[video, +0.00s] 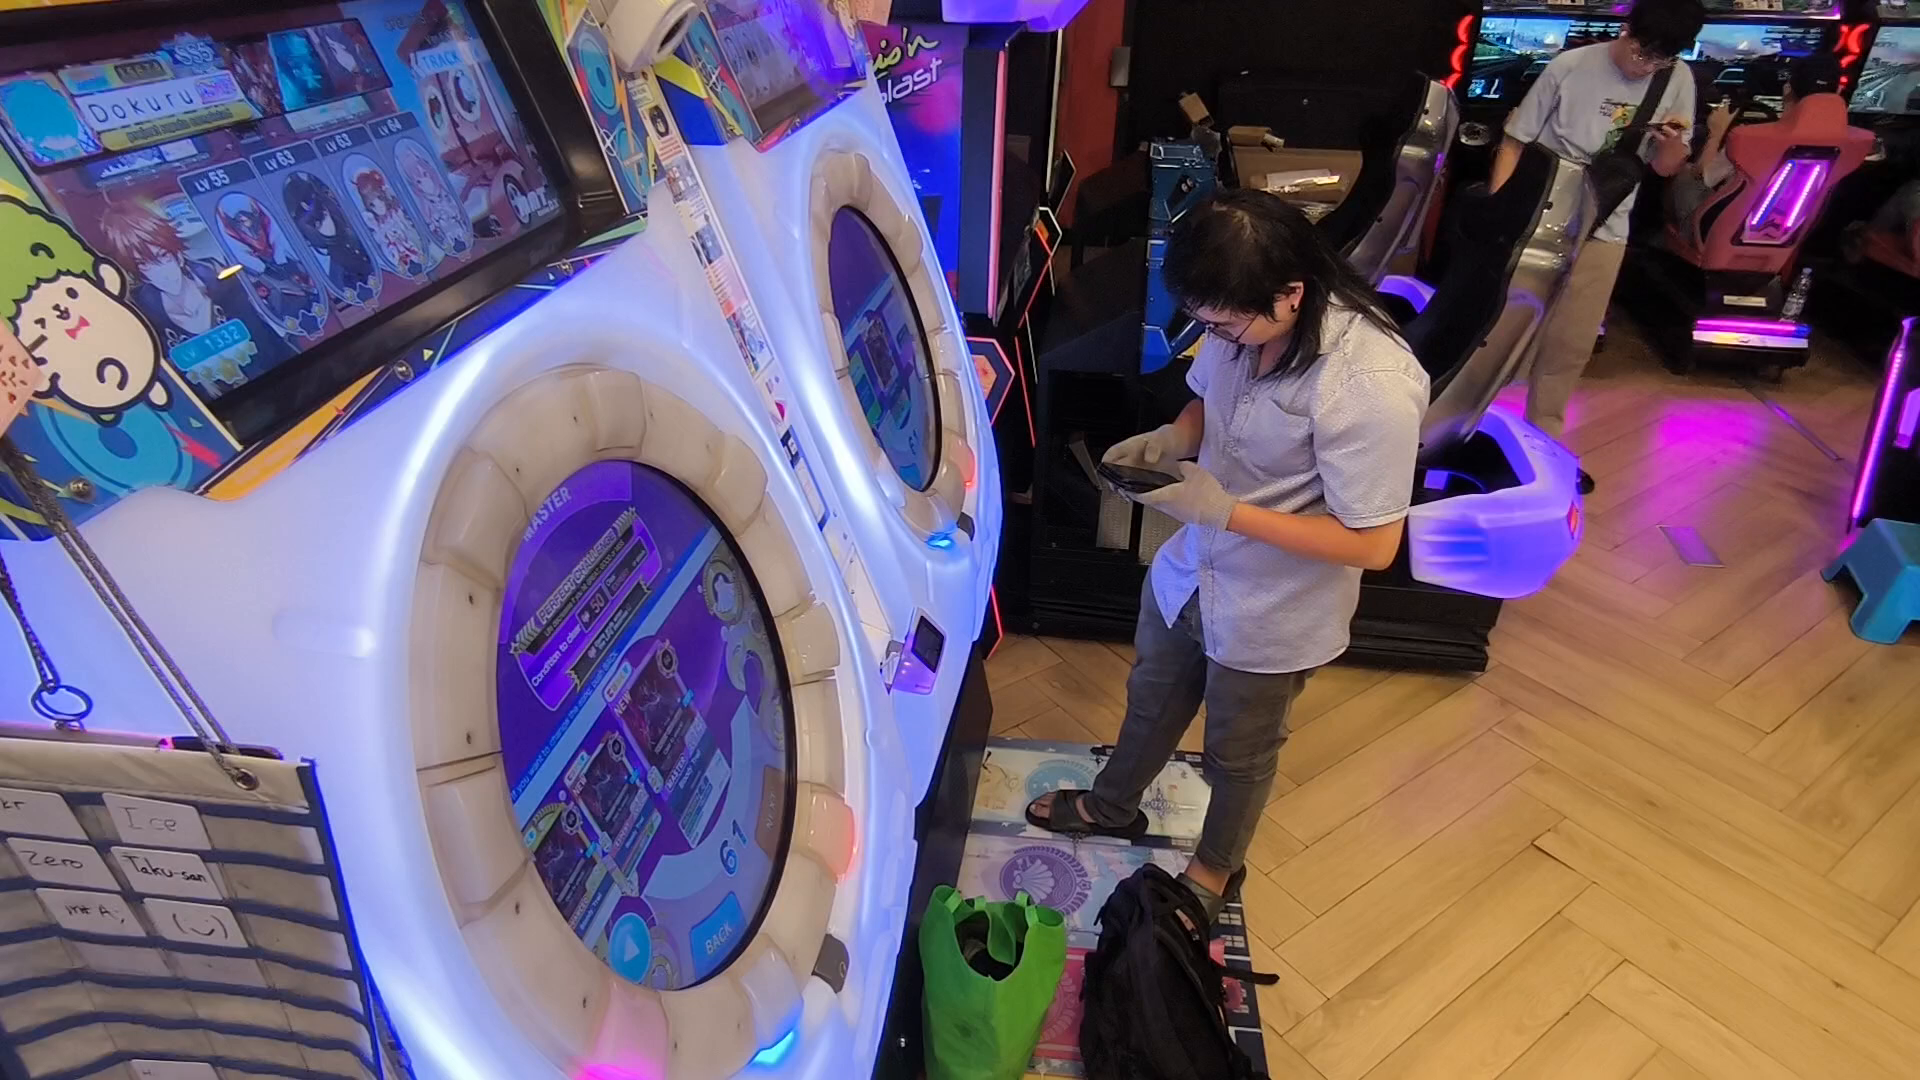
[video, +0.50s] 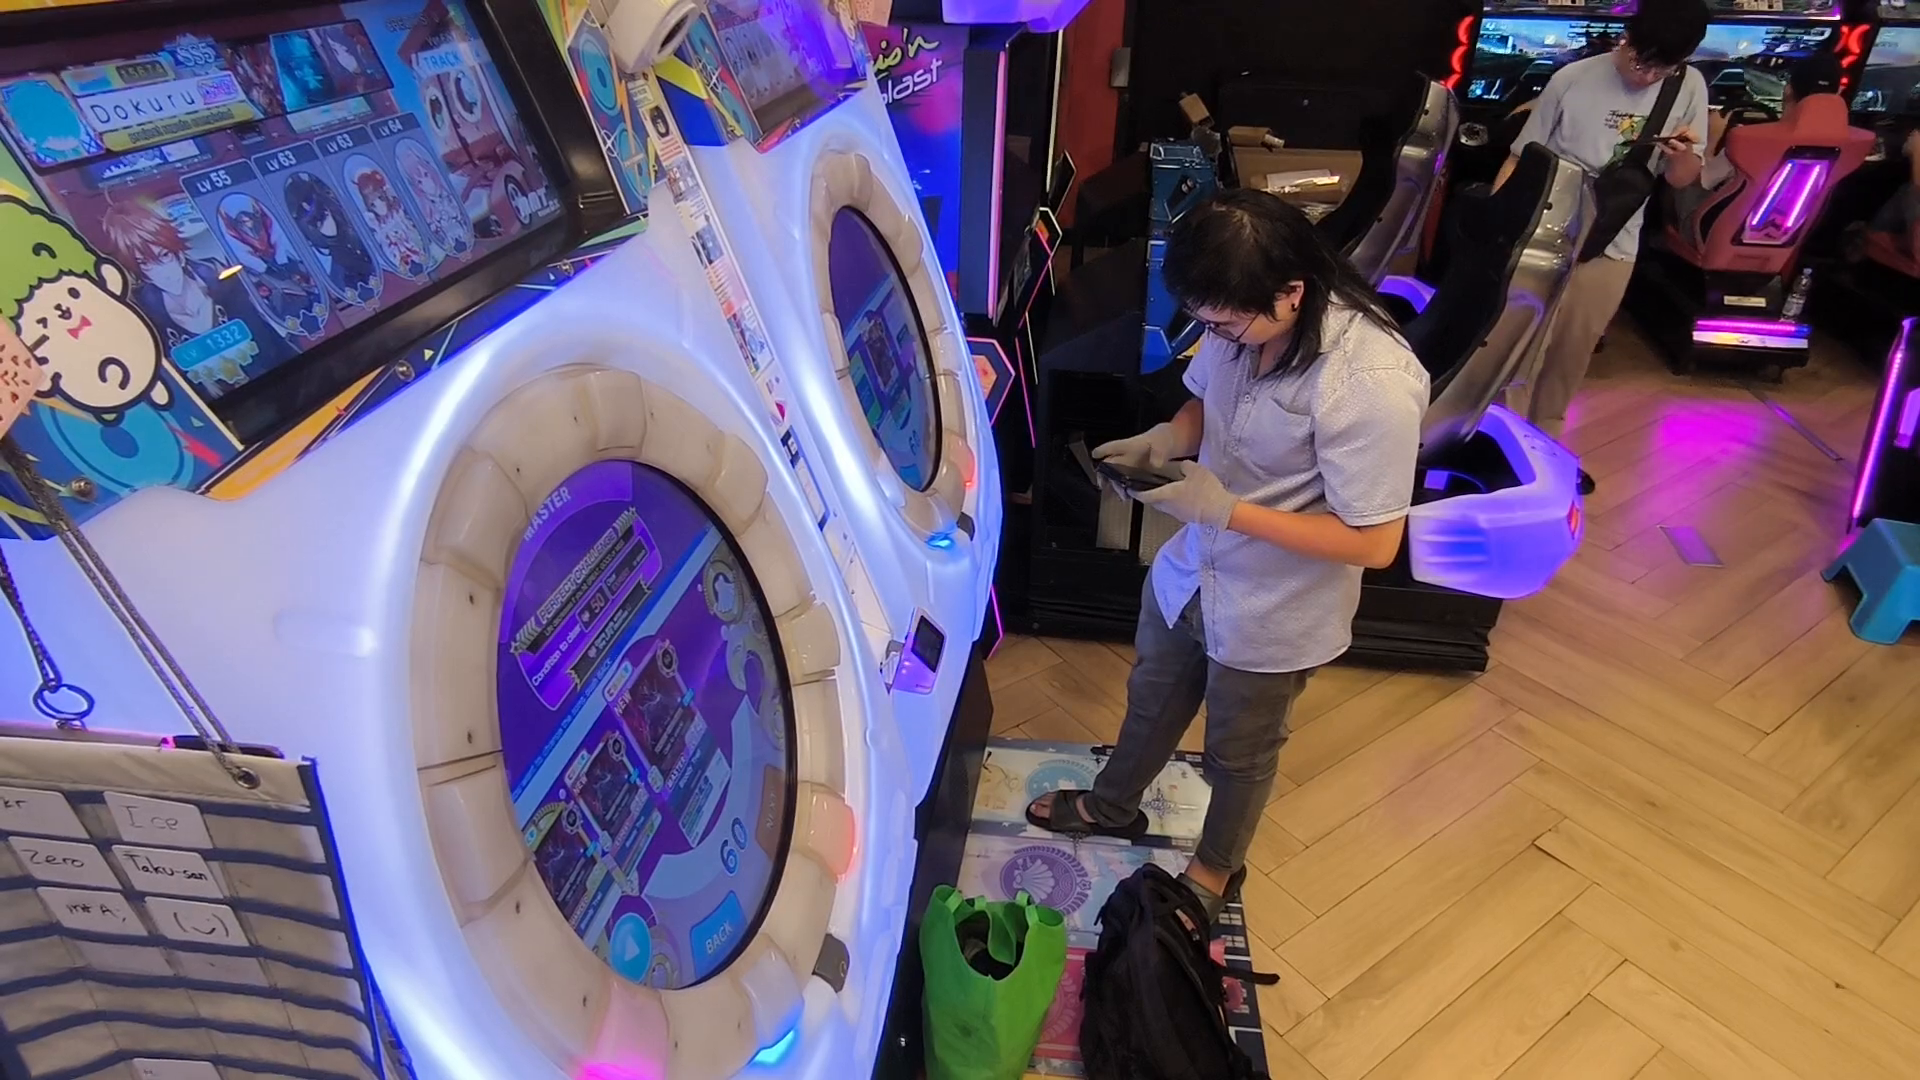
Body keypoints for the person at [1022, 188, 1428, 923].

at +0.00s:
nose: (1217, 334)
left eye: (1231, 321)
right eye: (1208, 320)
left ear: (1291, 296)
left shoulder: (1369, 389)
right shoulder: (1238, 320)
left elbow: (1374, 544)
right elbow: (1206, 408)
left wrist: (1230, 512)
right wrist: (1169, 444)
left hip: (1273, 603)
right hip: (1189, 558)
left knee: (1238, 751)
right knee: (1153, 694)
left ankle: (1214, 870)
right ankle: (1114, 802)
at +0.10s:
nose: (1215, 333)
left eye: (1229, 320)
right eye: (1207, 318)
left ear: (1290, 296)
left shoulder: (1368, 389)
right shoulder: (1239, 321)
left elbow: (1374, 543)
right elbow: (1204, 408)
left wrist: (1230, 511)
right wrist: (1170, 446)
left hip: (1273, 604)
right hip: (1190, 559)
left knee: (1238, 749)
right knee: (1153, 692)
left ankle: (1214, 869)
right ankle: (1113, 802)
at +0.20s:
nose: (1217, 333)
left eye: (1230, 321)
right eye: (1209, 319)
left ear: (1291, 296)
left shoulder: (1369, 388)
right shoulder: (1240, 322)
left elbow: (1374, 543)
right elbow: (1204, 408)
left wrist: (1230, 511)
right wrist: (1170, 446)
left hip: (1273, 605)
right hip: (1189, 561)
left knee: (1238, 750)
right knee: (1153, 694)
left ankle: (1214, 870)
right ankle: (1114, 802)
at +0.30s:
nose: (1217, 333)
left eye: (1231, 320)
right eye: (1209, 319)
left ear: (1291, 295)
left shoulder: (1371, 387)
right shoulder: (1240, 323)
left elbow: (1375, 543)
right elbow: (1206, 410)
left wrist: (1231, 511)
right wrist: (1166, 445)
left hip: (1275, 605)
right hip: (1191, 560)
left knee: (1239, 751)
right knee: (1154, 695)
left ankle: (1215, 869)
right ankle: (1114, 803)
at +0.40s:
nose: (1216, 332)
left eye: (1230, 319)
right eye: (1208, 317)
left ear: (1291, 295)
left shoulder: (1371, 387)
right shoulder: (1239, 321)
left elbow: (1376, 542)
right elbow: (1205, 407)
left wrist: (1231, 511)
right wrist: (1167, 444)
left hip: (1275, 605)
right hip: (1191, 560)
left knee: (1239, 751)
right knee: (1153, 694)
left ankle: (1214, 868)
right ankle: (1114, 802)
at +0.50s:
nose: (1217, 333)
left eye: (1231, 320)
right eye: (1209, 319)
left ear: (1291, 295)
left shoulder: (1370, 387)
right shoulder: (1238, 322)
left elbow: (1375, 542)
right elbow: (1203, 408)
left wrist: (1231, 511)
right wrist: (1164, 443)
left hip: (1274, 604)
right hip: (1190, 560)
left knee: (1238, 751)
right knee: (1153, 694)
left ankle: (1214, 869)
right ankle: (1114, 802)